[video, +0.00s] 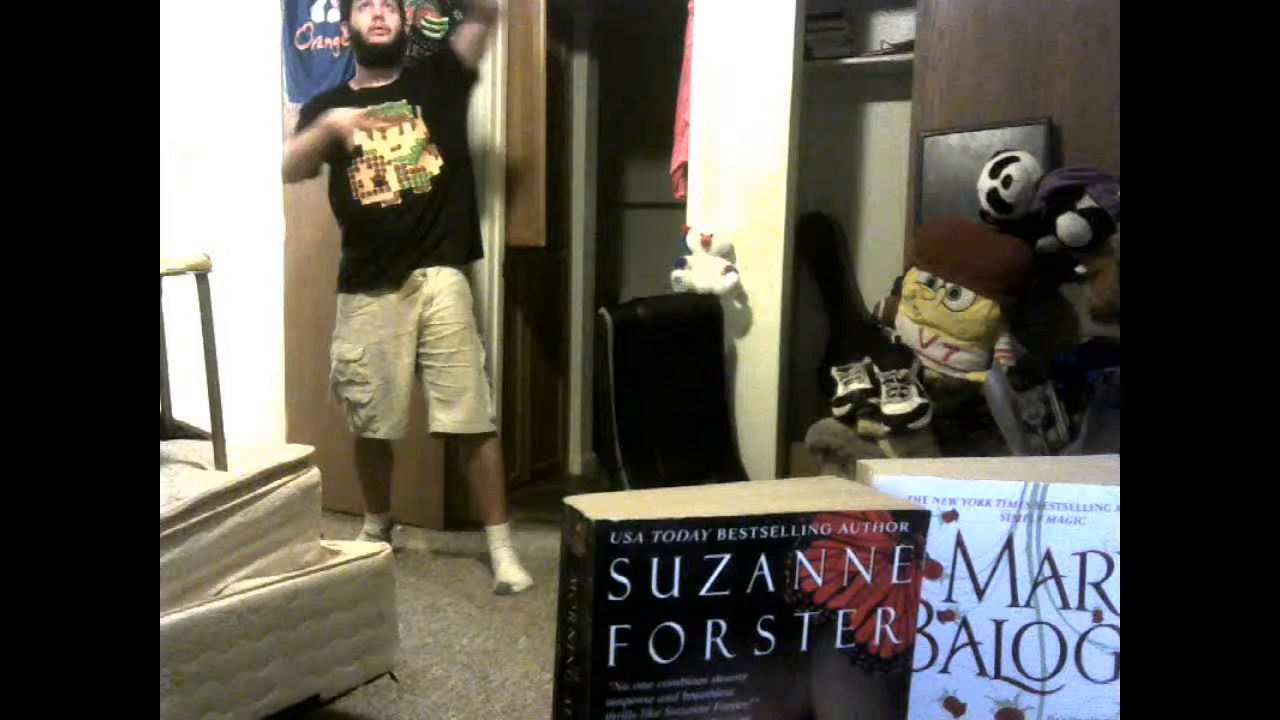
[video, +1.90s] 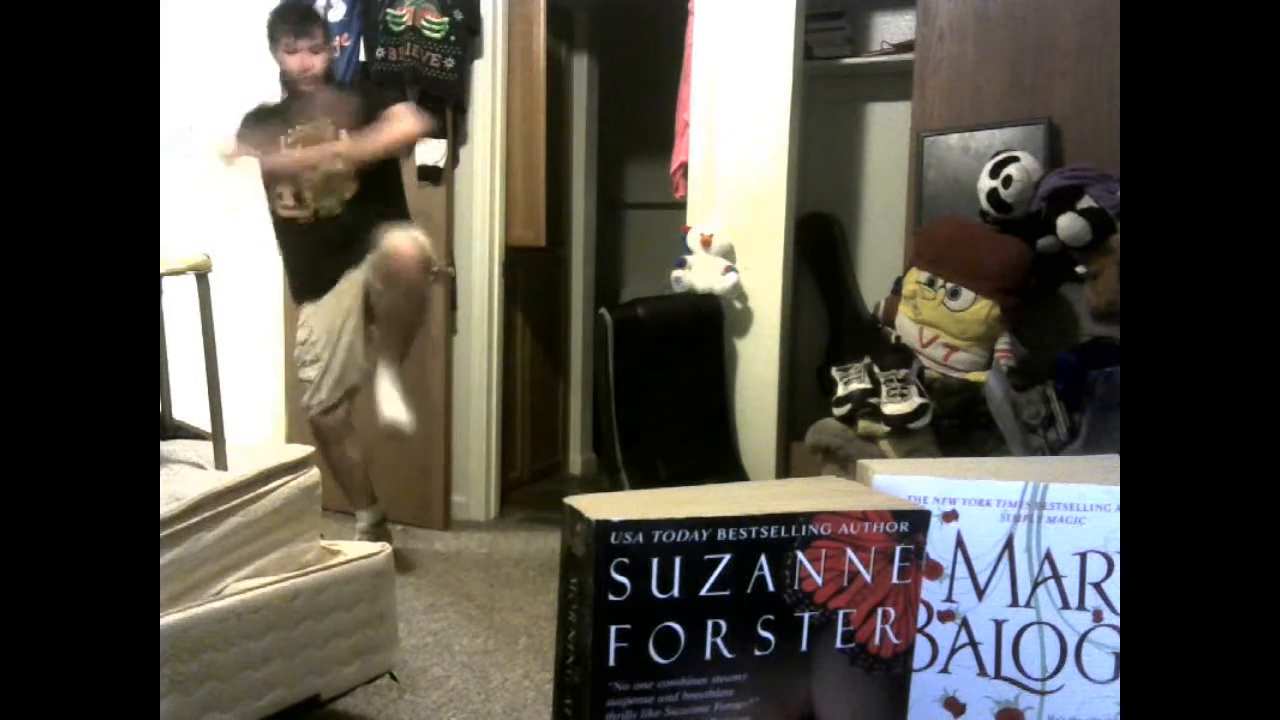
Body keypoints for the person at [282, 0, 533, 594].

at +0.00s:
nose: (379, 13)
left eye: (388, 5)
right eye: (366, 7)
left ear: (405, 19)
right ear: (348, 26)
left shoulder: (439, 74)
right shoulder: (331, 103)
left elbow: (484, 14)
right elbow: (290, 170)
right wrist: (328, 129)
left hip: (442, 268)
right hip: (369, 277)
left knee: (470, 411)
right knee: (369, 411)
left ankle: (500, 544)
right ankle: (376, 532)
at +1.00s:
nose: (352, 48)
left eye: (363, 36)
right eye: (339, 37)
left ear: (379, 42)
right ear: (318, 46)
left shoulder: (407, 88)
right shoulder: (304, 116)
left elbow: (465, 88)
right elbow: (315, 171)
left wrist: (448, 28)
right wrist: (385, 130)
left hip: (424, 278)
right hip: (351, 287)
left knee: (462, 399)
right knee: (346, 420)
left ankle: (476, 527)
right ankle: (375, 531)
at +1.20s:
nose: (355, 66)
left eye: (365, 52)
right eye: (342, 53)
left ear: (381, 53)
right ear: (319, 53)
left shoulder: (403, 120)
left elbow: (412, 222)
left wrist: (350, 267)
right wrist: (320, 259)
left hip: (407, 274)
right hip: (336, 285)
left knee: (447, 376)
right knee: (343, 419)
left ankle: (459, 518)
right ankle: (374, 528)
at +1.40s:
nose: (337, 71)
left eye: (348, 58)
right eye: (325, 59)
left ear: (365, 59)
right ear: (307, 59)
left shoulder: (389, 125)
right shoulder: (292, 116)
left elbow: (359, 216)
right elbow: (229, 146)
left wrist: (277, 232)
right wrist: (196, 142)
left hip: (393, 281)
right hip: (324, 291)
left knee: (411, 392)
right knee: (327, 419)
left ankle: (448, 504)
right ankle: (368, 526)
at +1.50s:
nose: (323, 65)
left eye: (333, 52)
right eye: (311, 53)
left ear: (350, 53)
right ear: (293, 56)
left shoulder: (377, 110)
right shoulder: (281, 111)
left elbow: (353, 193)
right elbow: (201, 115)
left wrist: (276, 214)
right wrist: (214, 78)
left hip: (392, 265)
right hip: (325, 284)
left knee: (399, 346)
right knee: (325, 410)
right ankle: (370, 513)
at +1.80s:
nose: (309, 59)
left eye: (318, 47)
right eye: (296, 49)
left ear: (336, 48)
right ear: (280, 55)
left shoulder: (362, 94)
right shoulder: (272, 110)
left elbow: (392, 130)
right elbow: (202, 126)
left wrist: (299, 154)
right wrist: (254, 117)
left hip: (382, 255)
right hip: (320, 287)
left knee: (418, 268)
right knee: (325, 417)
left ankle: (388, 385)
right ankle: (370, 521)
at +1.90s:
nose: (306, 62)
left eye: (314, 49)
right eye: (294, 52)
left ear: (331, 48)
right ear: (275, 56)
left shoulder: (365, 96)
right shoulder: (263, 123)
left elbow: (413, 124)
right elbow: (235, 164)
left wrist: (347, 150)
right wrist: (311, 159)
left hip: (378, 253)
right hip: (317, 287)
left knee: (407, 248)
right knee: (327, 420)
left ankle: (390, 366)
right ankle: (368, 518)